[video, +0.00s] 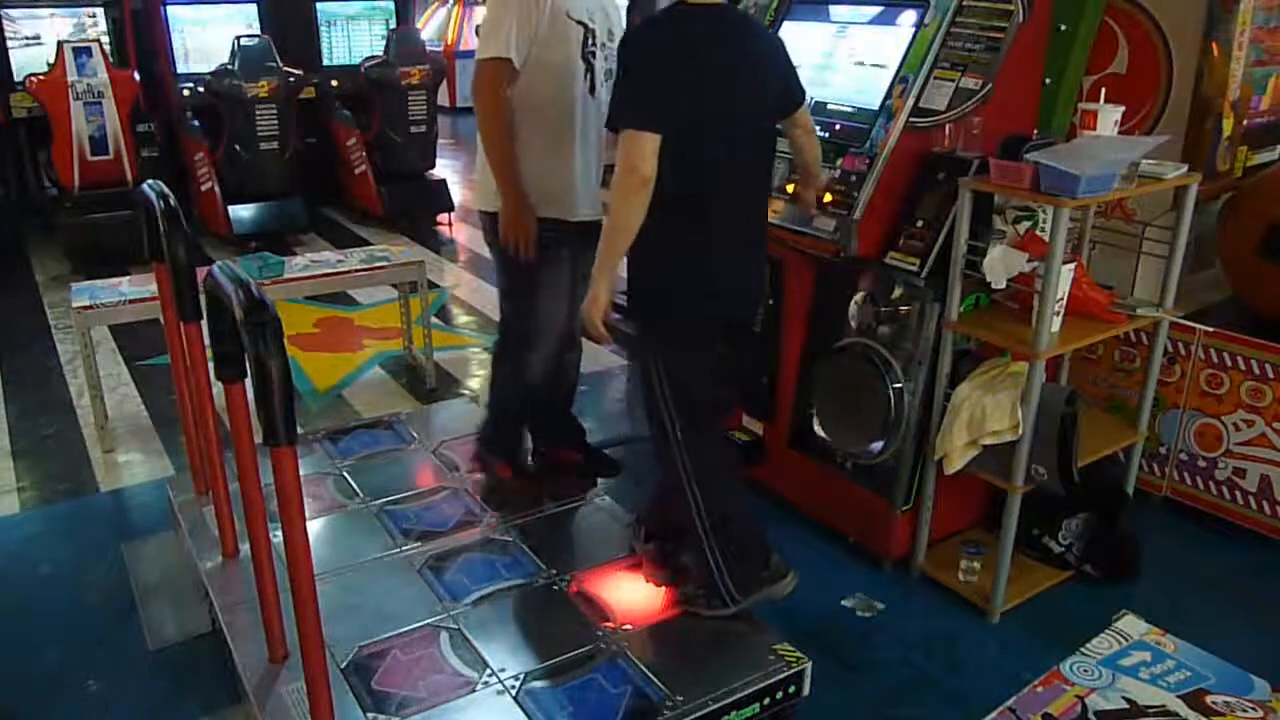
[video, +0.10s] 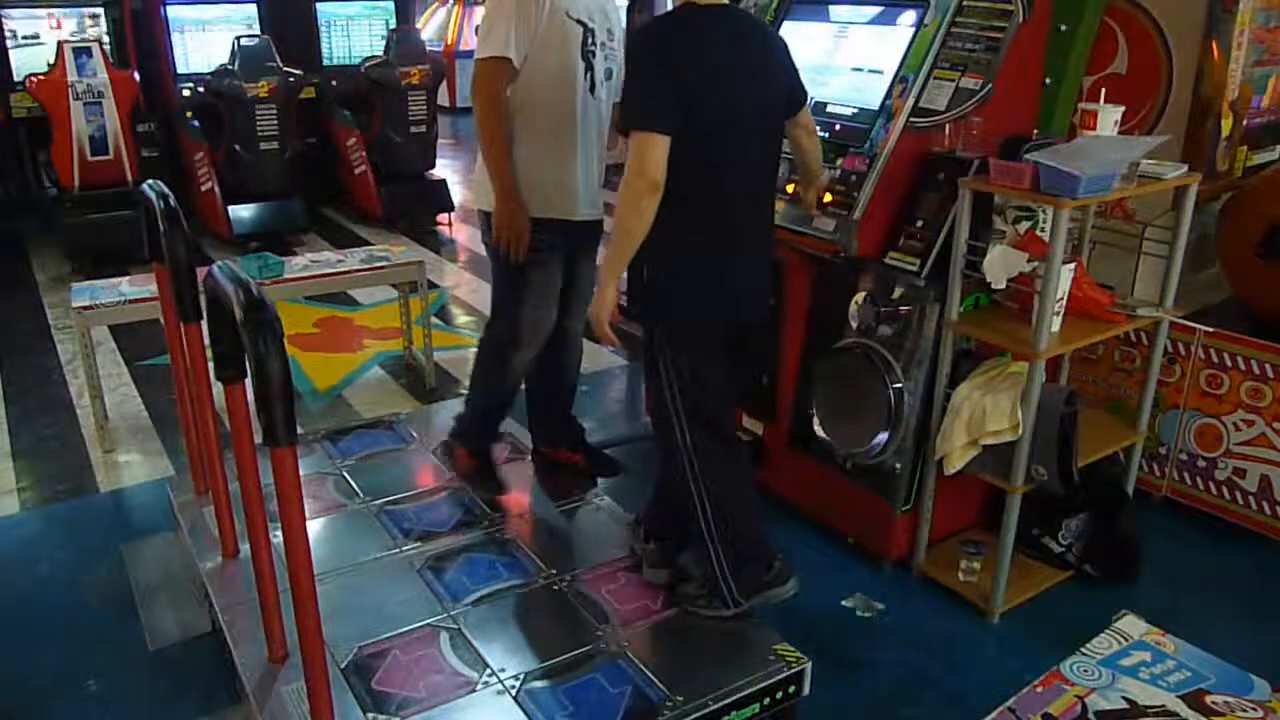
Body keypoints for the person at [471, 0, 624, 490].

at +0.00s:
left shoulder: (613, 9)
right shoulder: (524, 2)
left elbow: (605, 103)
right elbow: (487, 91)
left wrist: (612, 189)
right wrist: (512, 198)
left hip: (583, 203)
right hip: (529, 202)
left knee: (566, 334)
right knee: (530, 335)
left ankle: (556, 440)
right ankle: (499, 447)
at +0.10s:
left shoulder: (611, 10)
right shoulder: (524, 1)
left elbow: (608, 109)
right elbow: (487, 88)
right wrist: (506, 198)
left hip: (582, 204)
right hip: (525, 203)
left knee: (565, 336)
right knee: (520, 333)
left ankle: (556, 443)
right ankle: (471, 441)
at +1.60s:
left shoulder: (568, 13)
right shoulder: (469, 4)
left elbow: (572, 107)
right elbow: (425, 87)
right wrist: (434, 192)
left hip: (545, 207)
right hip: (474, 206)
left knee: (543, 343)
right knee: (450, 347)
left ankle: (555, 447)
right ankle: (423, 460)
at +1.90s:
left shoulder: (512, 10)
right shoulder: (390, 6)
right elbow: (353, 104)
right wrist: (373, 220)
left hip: (499, 215)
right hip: (417, 220)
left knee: (530, 357)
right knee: (414, 361)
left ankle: (551, 471)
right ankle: (408, 470)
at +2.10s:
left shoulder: (482, 8)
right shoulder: (349, 5)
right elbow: (294, 89)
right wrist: (293, 211)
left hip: (470, 201)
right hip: (385, 208)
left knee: (501, 340)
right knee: (401, 347)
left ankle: (523, 466)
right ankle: (408, 466)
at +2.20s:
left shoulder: (474, 7)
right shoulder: (337, 5)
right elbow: (263, 88)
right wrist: (253, 213)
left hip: (459, 202)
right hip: (375, 209)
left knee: (476, 337)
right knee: (395, 347)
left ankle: (471, 447)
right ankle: (408, 467)